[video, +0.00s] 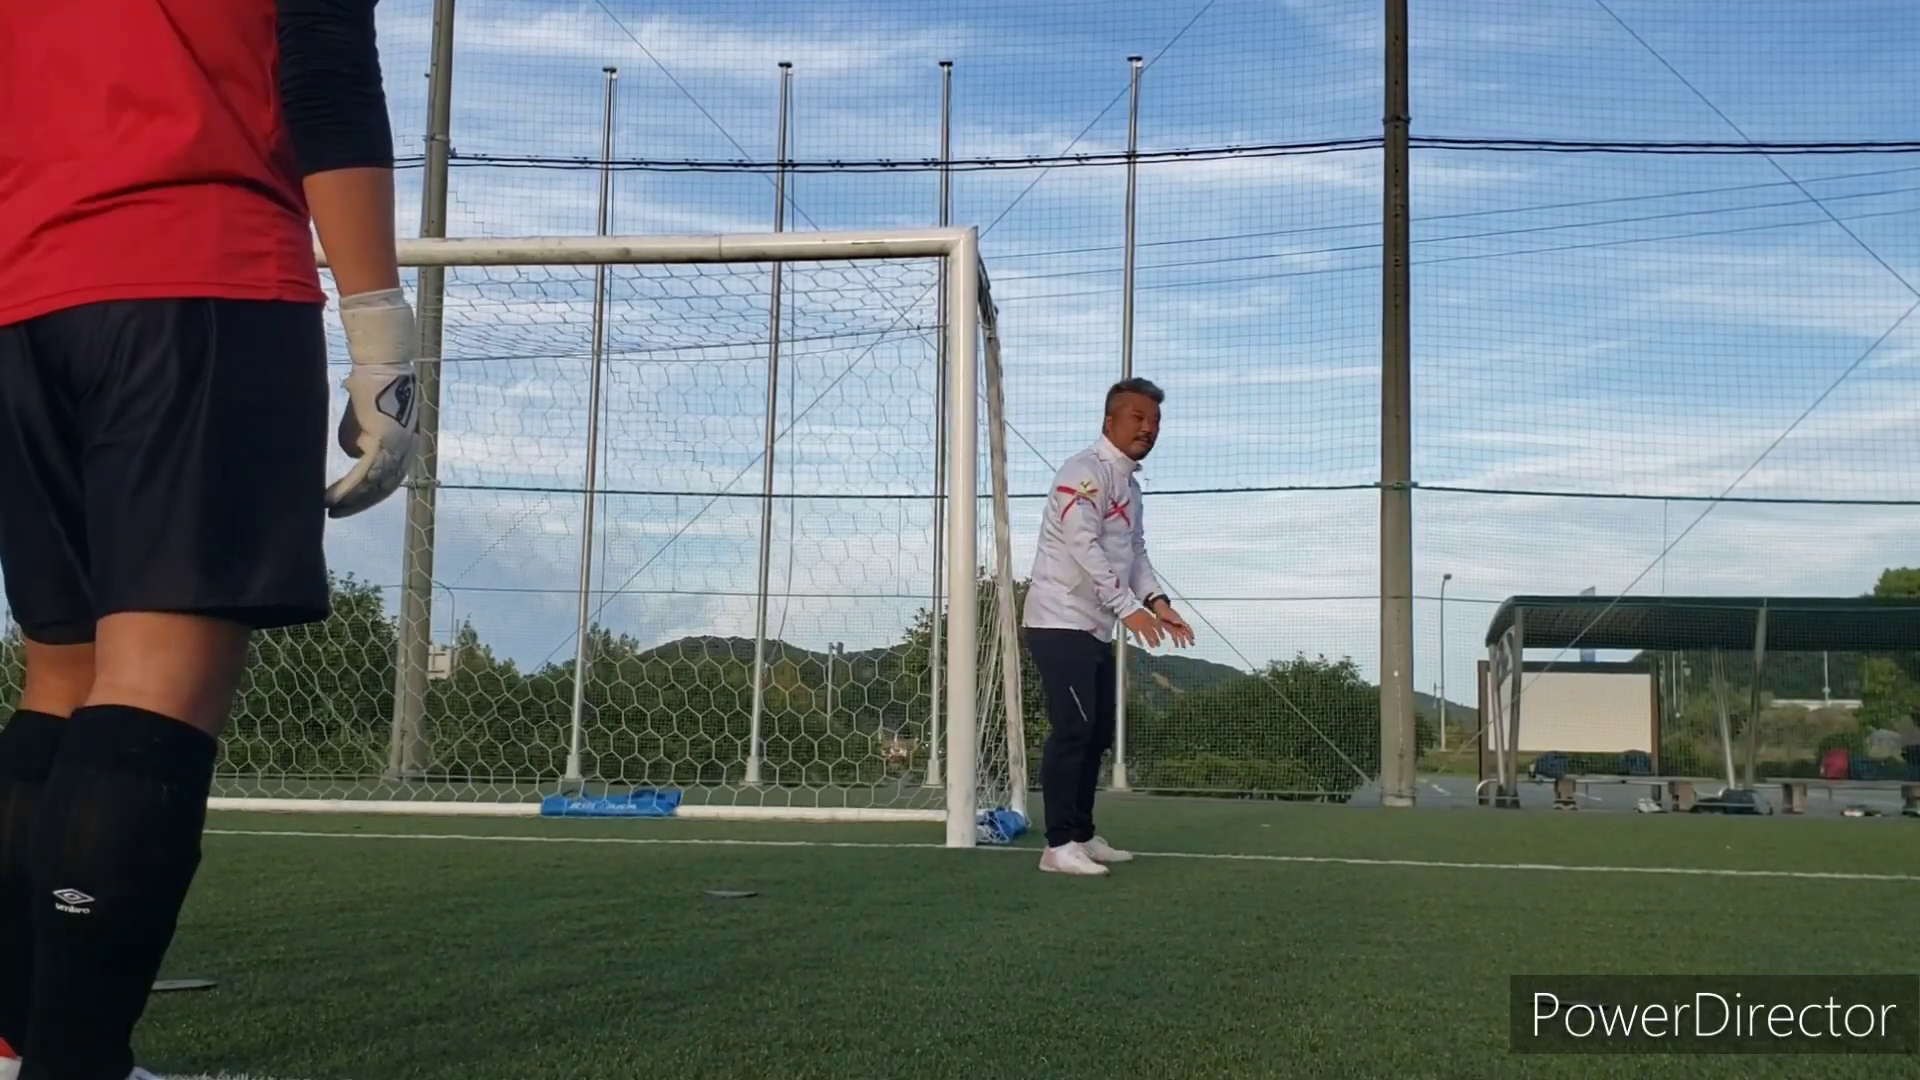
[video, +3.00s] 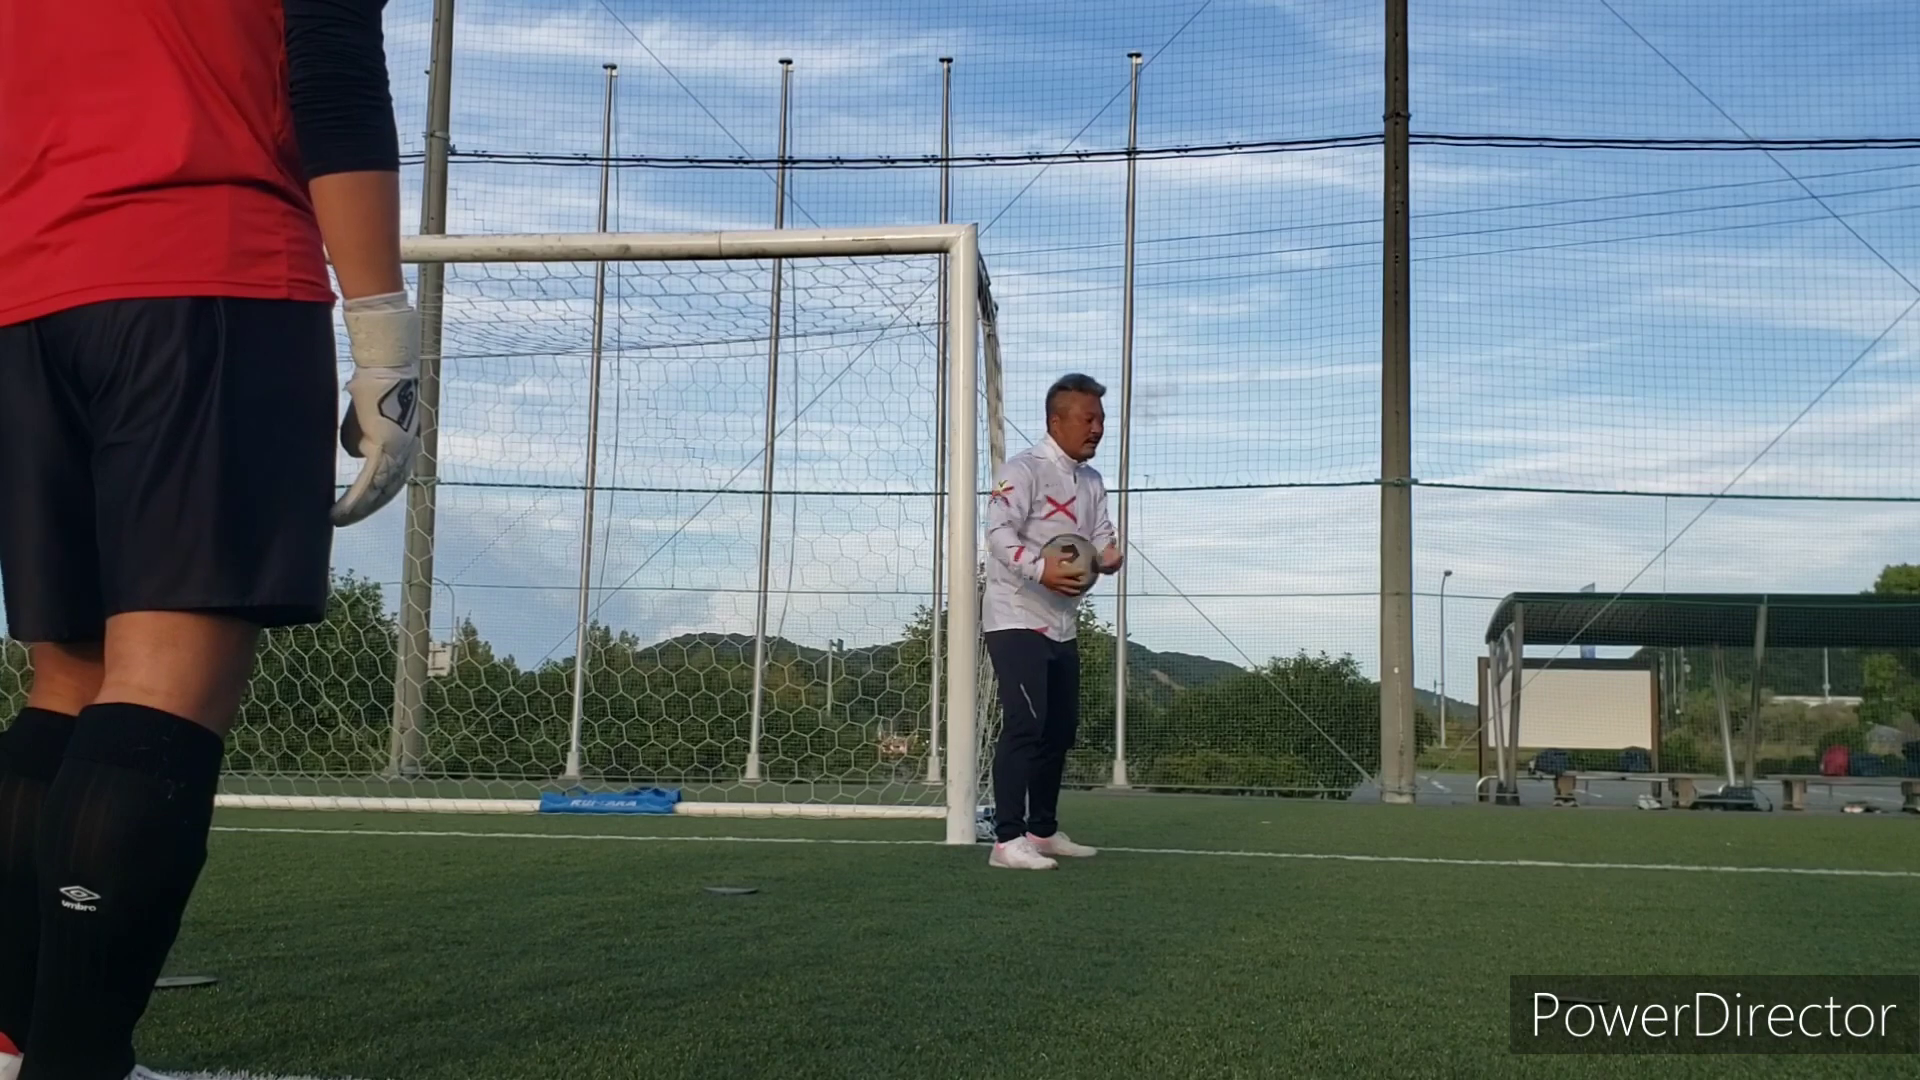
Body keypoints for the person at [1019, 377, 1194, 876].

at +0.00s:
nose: (1148, 429)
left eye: (1154, 422)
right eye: (1137, 418)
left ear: (1157, 428)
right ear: (1109, 420)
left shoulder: (1127, 488)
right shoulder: (1083, 472)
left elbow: (1134, 557)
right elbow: (1085, 549)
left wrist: (1160, 603)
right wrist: (1129, 608)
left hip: (1094, 625)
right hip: (1059, 620)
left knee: (1097, 731)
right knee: (1073, 729)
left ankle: (1081, 836)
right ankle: (1059, 846)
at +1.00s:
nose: (1099, 410)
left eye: (1107, 402)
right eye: (1087, 402)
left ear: (1116, 411)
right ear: (1066, 411)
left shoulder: (1113, 478)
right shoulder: (1049, 466)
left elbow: (1119, 549)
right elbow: (1042, 540)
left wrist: (1128, 609)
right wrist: (1078, 603)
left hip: (1098, 619)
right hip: (1055, 617)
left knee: (1097, 729)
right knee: (1066, 727)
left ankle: (1082, 833)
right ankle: (1052, 841)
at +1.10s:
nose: (1116, 419)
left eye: (1115, 409)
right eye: (1109, 409)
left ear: (1086, 415)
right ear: (1080, 413)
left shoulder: (1081, 474)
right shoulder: (1048, 461)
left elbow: (1086, 542)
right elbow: (1053, 524)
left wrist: (1131, 531)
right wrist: (1123, 511)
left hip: (1067, 620)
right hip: (1038, 617)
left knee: (1063, 727)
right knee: (1038, 724)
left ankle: (1044, 830)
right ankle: (1011, 837)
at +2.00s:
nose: (1103, 419)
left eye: (1101, 411)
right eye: (1094, 410)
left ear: (1075, 417)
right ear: (1066, 415)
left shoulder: (1074, 473)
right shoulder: (1039, 463)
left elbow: (1114, 526)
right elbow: (1082, 501)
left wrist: (1141, 484)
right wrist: (1129, 459)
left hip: (1066, 622)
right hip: (1033, 618)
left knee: (1066, 727)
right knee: (1041, 724)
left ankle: (1043, 831)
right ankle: (1010, 840)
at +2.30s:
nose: (1093, 420)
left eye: (1093, 412)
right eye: (1085, 411)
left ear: (1066, 416)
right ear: (1052, 415)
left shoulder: (1081, 477)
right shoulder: (1029, 464)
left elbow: (1114, 521)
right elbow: (1067, 511)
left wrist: (1160, 527)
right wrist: (1148, 516)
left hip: (1061, 620)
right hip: (1026, 616)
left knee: (1062, 726)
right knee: (1034, 723)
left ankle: (1042, 831)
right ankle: (1009, 841)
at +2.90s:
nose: (1097, 428)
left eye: (1100, 419)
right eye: (1088, 418)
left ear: (1095, 423)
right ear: (1056, 421)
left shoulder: (1089, 483)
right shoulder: (1025, 467)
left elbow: (1104, 532)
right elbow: (1036, 531)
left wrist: (1129, 554)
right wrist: (1102, 557)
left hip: (1056, 623)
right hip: (1011, 614)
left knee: (1060, 724)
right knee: (1025, 720)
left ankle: (1041, 832)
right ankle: (1008, 841)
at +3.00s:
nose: (1098, 428)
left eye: (1101, 419)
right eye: (1088, 419)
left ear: (1099, 422)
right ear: (1055, 421)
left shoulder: (1092, 481)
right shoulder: (1023, 469)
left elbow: (1102, 538)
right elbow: (998, 535)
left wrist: (1106, 558)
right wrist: (1040, 567)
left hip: (1061, 620)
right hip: (1014, 616)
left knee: (1060, 726)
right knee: (1027, 721)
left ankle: (1041, 832)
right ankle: (1008, 841)